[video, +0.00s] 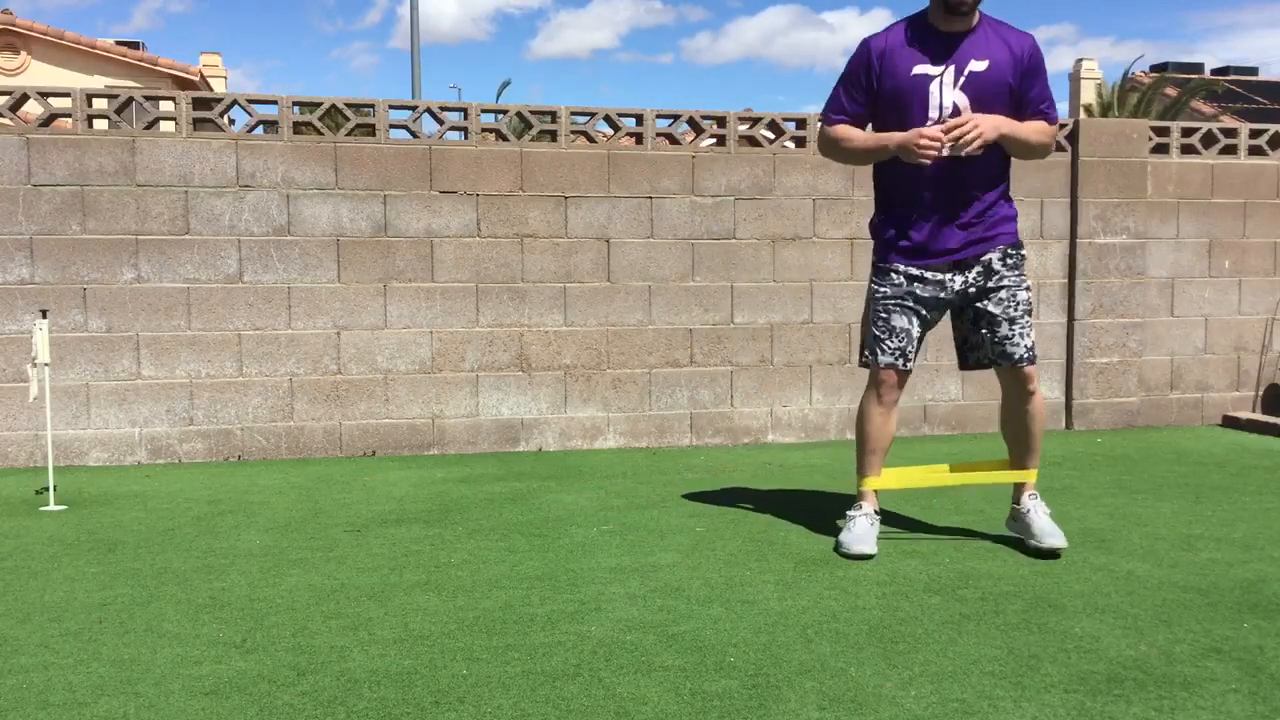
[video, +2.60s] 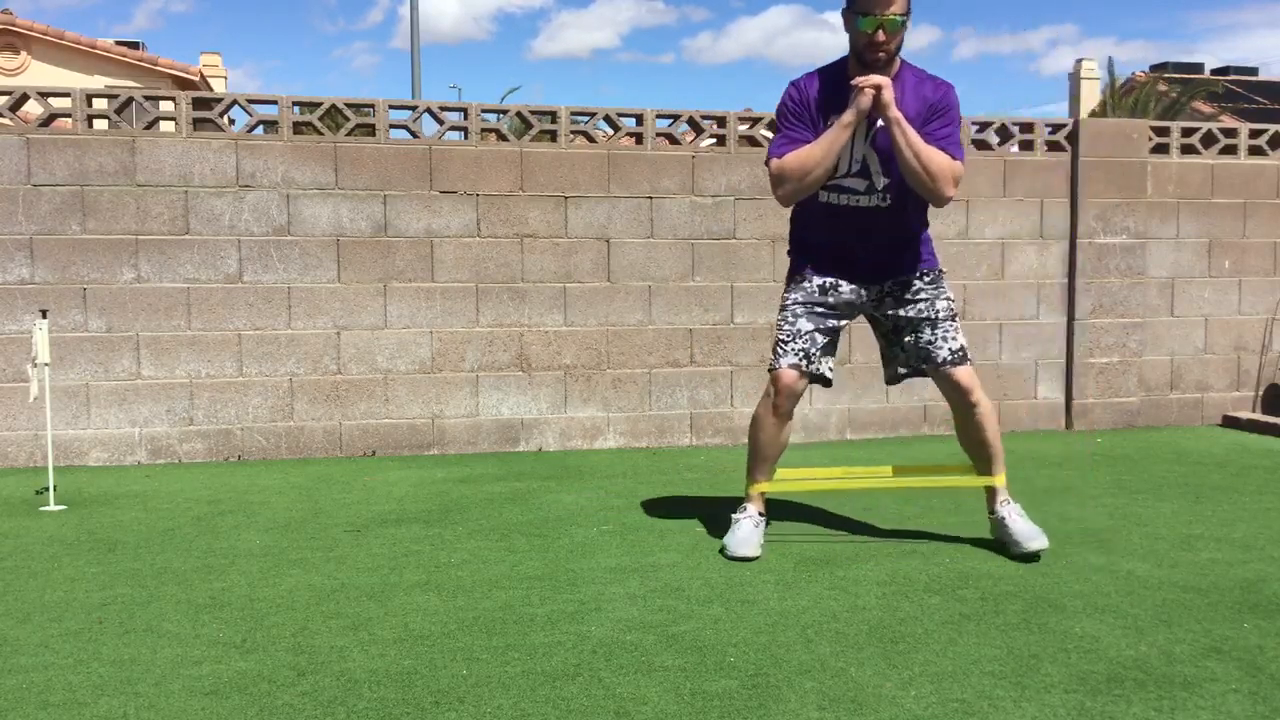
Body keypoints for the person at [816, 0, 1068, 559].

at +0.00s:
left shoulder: (1018, 48)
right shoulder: (880, 50)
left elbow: (1043, 140)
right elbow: (830, 137)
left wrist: (999, 125)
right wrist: (895, 142)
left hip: (990, 244)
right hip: (905, 248)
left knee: (1023, 374)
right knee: (885, 376)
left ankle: (1027, 502)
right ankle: (865, 507)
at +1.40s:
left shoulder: (1064, 47)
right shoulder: (931, 46)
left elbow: (1094, 144)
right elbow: (892, 141)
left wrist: (1037, 91)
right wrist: (970, 94)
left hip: (1036, 243)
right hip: (950, 244)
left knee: (1058, 378)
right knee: (934, 377)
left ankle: (1061, 507)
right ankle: (917, 509)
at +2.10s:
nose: (1034, 28)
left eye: (1048, 15)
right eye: (1021, 15)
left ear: (1062, 17)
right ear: (999, 16)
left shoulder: (1090, 86)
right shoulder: (956, 87)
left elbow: (1114, 182)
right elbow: (939, 187)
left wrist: (1057, 114)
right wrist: (1011, 120)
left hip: (1035, 266)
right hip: (950, 261)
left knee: (1070, 387)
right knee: (906, 370)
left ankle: (1073, 512)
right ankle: (851, 493)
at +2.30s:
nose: (1004, 48)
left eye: (1016, 36)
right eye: (992, 34)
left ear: (1030, 37)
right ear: (969, 34)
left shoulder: (1055, 110)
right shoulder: (926, 111)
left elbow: (1081, 202)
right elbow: (910, 211)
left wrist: (1026, 134)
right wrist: (981, 139)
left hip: (1006, 283)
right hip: (918, 280)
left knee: (1061, 400)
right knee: (847, 385)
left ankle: (1072, 514)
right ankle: (770, 501)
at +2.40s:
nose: (963, 56)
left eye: (976, 45)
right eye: (950, 42)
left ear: (989, 43)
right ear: (928, 38)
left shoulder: (1014, 116)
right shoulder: (884, 118)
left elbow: (1036, 208)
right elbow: (872, 214)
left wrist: (980, 138)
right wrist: (939, 143)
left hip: (976, 289)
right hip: (886, 287)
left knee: (1044, 404)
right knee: (823, 393)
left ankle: (1070, 514)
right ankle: (759, 508)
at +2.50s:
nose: (916, 47)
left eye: (929, 36)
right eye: (904, 33)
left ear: (943, 36)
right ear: (882, 30)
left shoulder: (967, 107)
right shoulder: (840, 107)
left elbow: (981, 200)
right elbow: (823, 203)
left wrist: (930, 129)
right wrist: (889, 132)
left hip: (935, 278)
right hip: (847, 276)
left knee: (999, 390)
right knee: (796, 387)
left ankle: (1057, 508)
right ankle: (753, 509)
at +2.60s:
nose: (881, 33)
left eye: (893, 22)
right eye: (869, 20)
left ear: (907, 24)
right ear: (847, 19)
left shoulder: (934, 95)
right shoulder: (807, 93)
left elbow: (943, 188)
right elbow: (786, 186)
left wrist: (892, 115)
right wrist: (851, 118)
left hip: (906, 267)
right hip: (822, 267)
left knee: (961, 380)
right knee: (784, 382)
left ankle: (1002, 505)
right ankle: (752, 509)